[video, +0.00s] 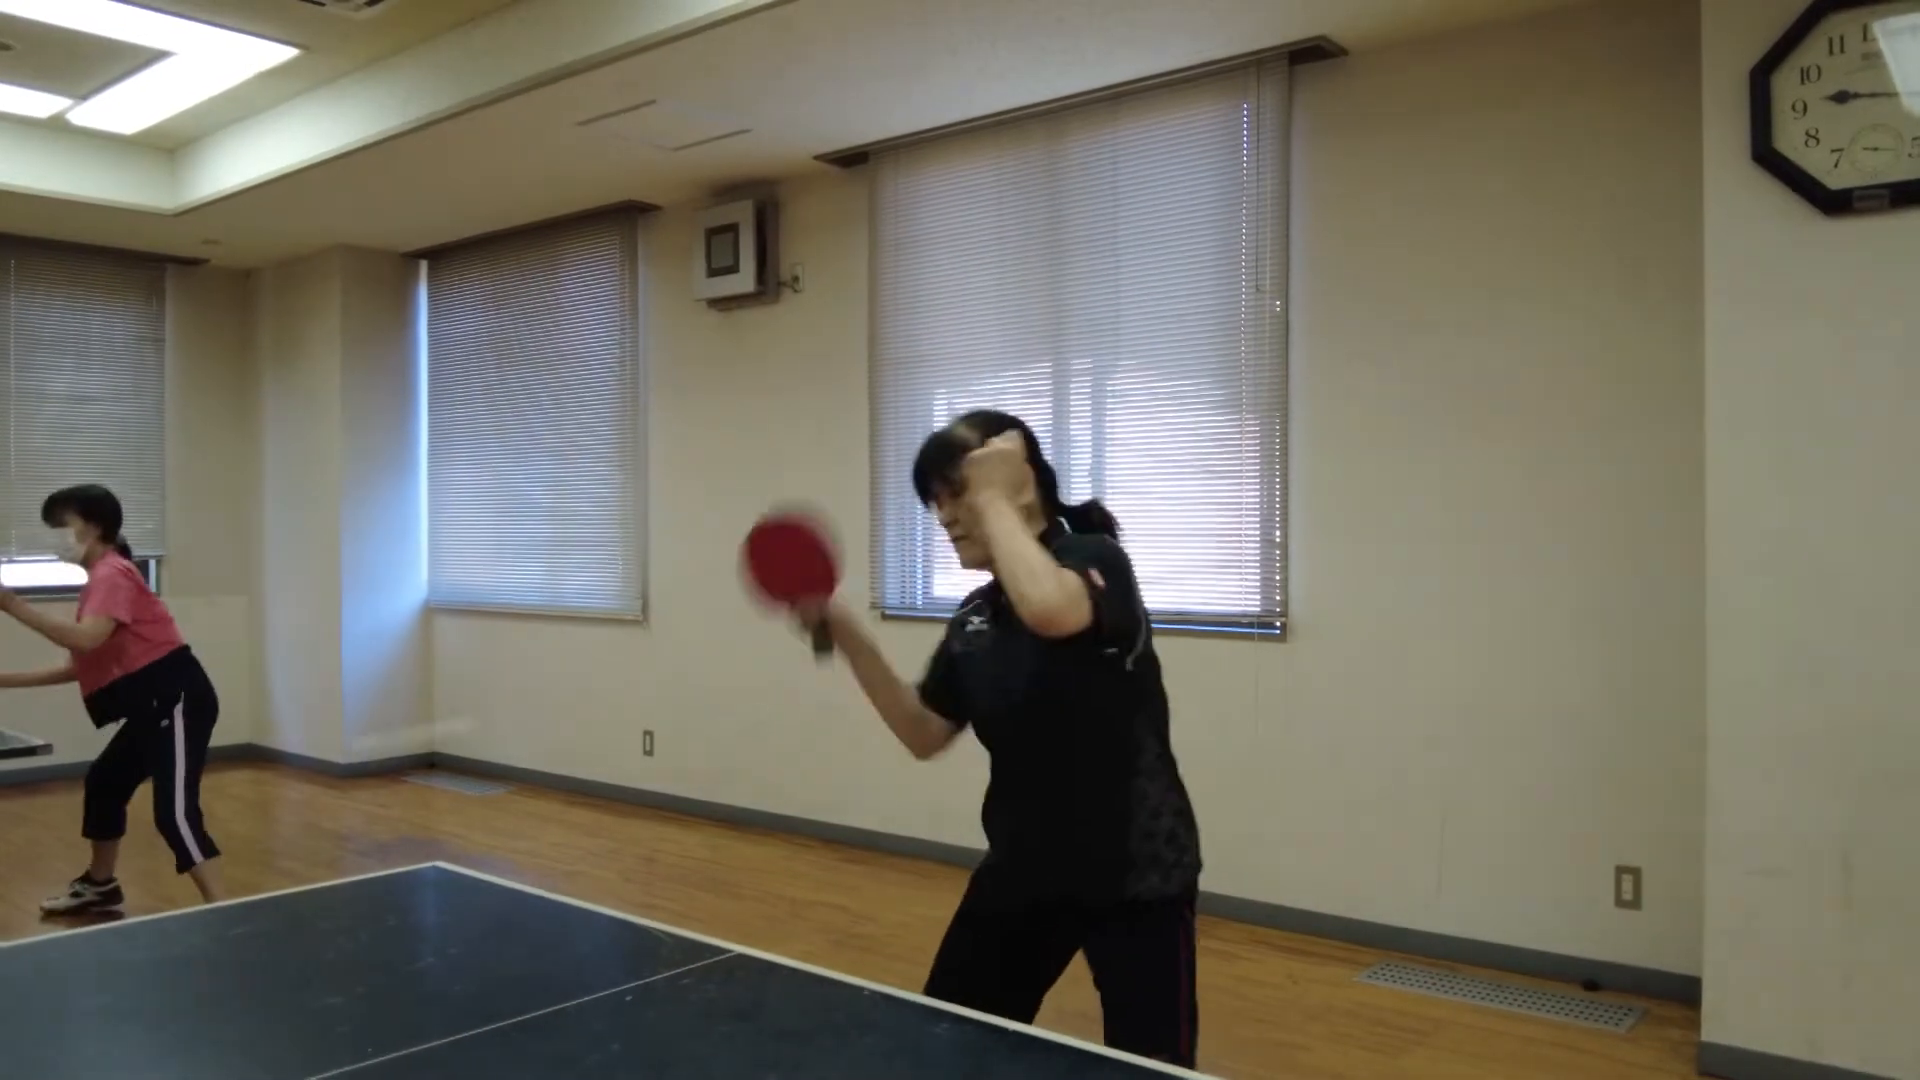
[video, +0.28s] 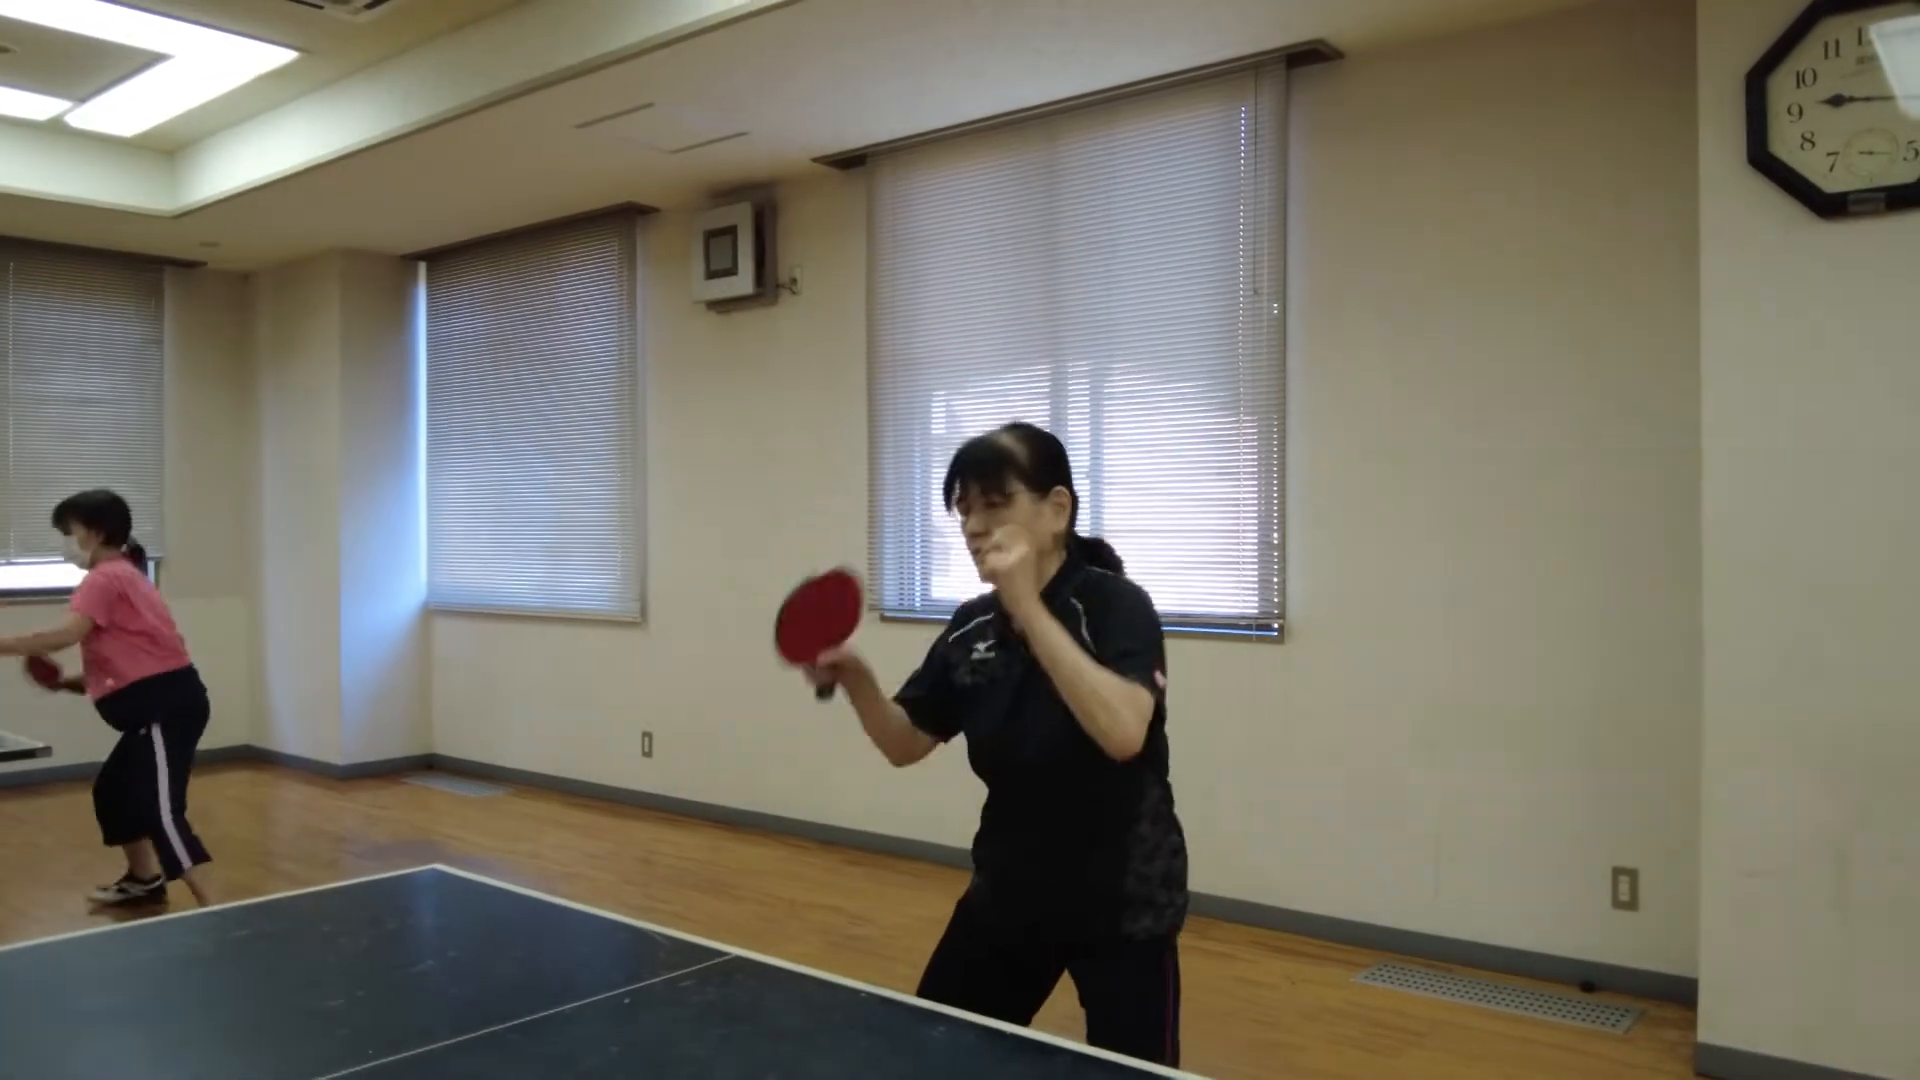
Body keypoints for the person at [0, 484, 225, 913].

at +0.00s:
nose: (57, 538)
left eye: (64, 526)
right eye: (56, 528)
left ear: (92, 527)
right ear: (89, 530)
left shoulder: (111, 571)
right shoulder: (98, 581)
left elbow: (89, 636)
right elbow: (77, 669)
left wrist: (16, 606)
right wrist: (8, 679)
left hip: (179, 696)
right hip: (153, 704)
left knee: (175, 812)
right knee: (104, 781)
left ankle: (225, 913)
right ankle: (101, 884)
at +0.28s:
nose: (68, 546)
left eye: (71, 534)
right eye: (67, 536)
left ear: (95, 532)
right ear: (105, 533)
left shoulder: (105, 576)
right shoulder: (125, 576)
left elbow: (70, 632)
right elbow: (122, 666)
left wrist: (7, 644)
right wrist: (64, 682)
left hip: (166, 704)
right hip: (159, 704)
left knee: (161, 809)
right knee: (113, 790)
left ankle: (214, 911)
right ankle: (145, 877)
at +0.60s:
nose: (23, 580)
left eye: (28, 571)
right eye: (23, 573)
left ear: (55, 571)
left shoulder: (74, 597)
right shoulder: (63, 639)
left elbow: (58, 609)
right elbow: (32, 690)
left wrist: (18, 597)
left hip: (157, 699)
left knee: (85, 803)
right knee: (108, 793)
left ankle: (160, 863)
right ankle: (145, 869)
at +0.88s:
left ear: (7, 593)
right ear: (12, 594)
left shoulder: (34, 616)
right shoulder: (29, 641)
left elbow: (80, 611)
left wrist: (131, 587)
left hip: (112, 716)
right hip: (144, 718)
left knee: (32, 790)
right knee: (73, 800)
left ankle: (14, 885)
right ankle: (140, 869)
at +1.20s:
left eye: (2, 554)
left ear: (24, 558)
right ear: (25, 559)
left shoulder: (40, 594)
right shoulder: (38, 595)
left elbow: (54, 615)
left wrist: (66, 630)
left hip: (103, 707)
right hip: (122, 707)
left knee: (14, 786)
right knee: (59, 798)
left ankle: (11, 884)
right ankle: (141, 858)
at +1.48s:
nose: (29, 538)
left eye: (35, 528)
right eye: (27, 530)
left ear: (65, 530)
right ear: (55, 534)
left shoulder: (83, 574)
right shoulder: (61, 591)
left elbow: (121, 608)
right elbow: (75, 664)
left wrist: (149, 635)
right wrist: (39, 711)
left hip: (136, 691)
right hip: (115, 697)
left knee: (59, 778)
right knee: (97, 786)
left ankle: (22, 883)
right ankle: (151, 871)